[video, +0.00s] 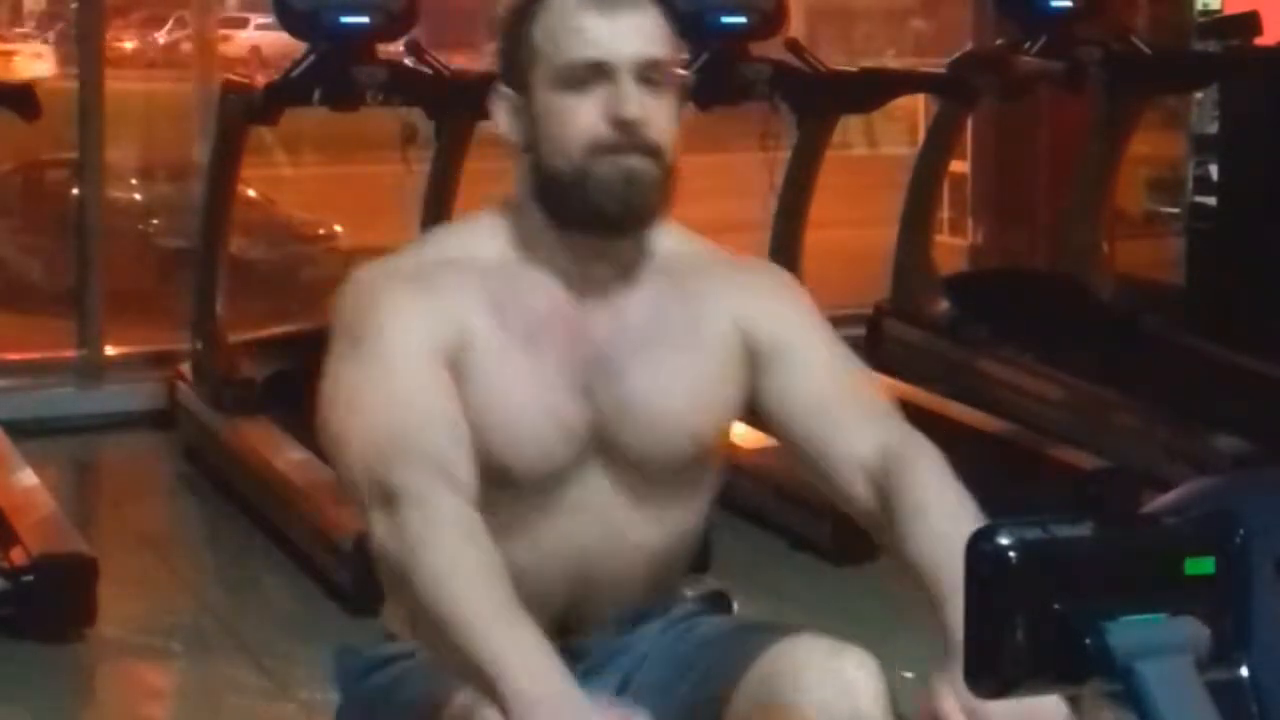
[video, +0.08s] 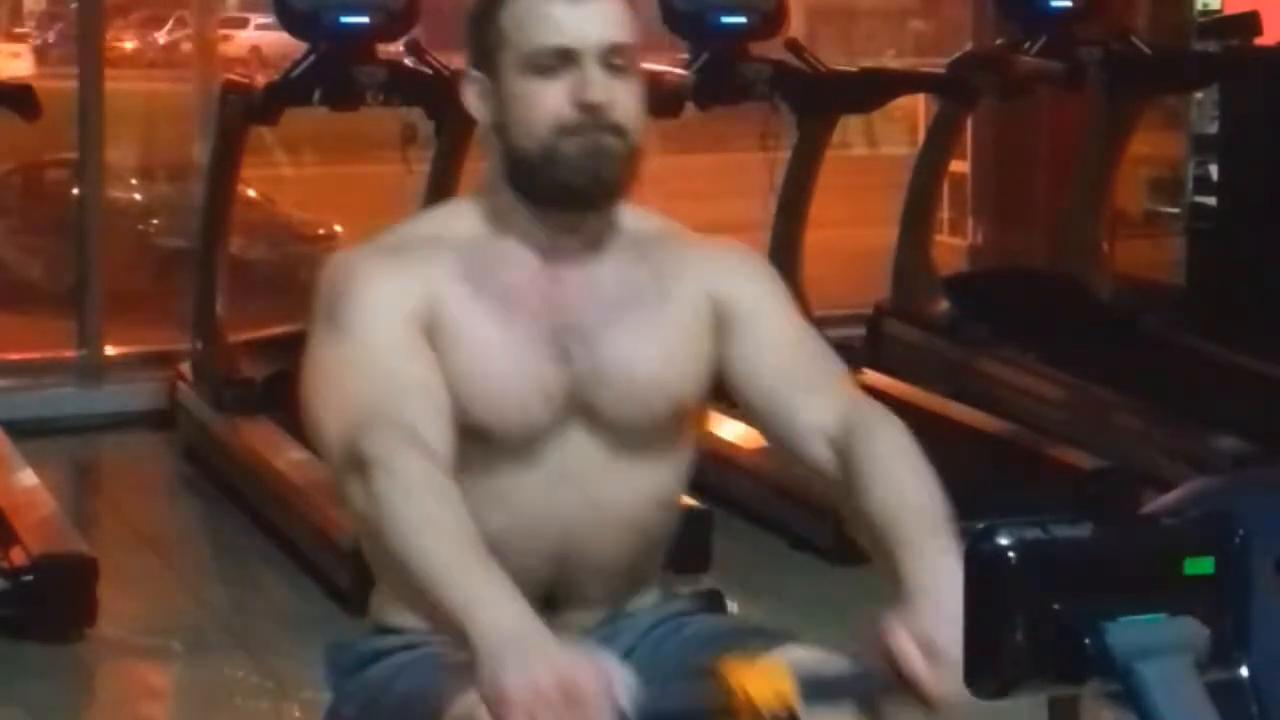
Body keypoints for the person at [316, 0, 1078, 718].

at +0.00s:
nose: (627, 113)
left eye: (654, 81)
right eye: (583, 82)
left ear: (683, 106)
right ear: (511, 113)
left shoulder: (746, 299)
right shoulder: (404, 301)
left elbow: (889, 467)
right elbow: (419, 513)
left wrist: (1004, 652)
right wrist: (550, 698)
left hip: (655, 641)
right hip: (455, 652)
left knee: (836, 682)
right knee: (492, 715)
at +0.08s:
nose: (594, 95)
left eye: (615, 66)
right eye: (551, 67)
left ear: (645, 88)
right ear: (480, 96)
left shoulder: (716, 279)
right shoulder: (386, 279)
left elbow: (850, 431)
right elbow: (393, 472)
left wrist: (936, 593)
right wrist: (510, 638)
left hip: (640, 629)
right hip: (430, 642)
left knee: (829, 685)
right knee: (522, 704)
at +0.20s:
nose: (550, 79)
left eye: (573, 52)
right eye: (510, 54)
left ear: (603, 75)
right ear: (442, 80)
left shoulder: (672, 252)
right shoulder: (356, 259)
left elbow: (802, 399)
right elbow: (344, 430)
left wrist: (878, 537)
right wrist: (464, 575)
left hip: (614, 627)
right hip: (419, 632)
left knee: (775, 700)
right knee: (494, 710)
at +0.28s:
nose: (527, 81)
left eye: (550, 53)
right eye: (488, 55)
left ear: (579, 71)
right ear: (422, 76)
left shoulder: (647, 245)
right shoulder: (341, 255)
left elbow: (772, 392)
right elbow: (307, 420)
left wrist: (834, 515)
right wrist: (432, 553)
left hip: (601, 622)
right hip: (415, 624)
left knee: (752, 699)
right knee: (459, 696)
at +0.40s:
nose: (495, 113)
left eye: (515, 86)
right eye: (459, 87)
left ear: (539, 100)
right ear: (395, 100)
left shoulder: (593, 250)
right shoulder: (314, 257)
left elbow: (711, 398)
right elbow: (205, 441)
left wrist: (735, 463)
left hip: (579, 621)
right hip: (401, 630)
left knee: (692, 712)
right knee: (410, 708)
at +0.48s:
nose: (493, 113)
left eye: (513, 88)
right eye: (457, 89)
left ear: (538, 100)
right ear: (396, 100)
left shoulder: (588, 251)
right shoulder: (313, 258)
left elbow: (698, 401)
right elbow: (196, 440)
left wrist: (714, 469)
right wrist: (328, 489)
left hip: (579, 621)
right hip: (405, 632)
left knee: (686, 712)